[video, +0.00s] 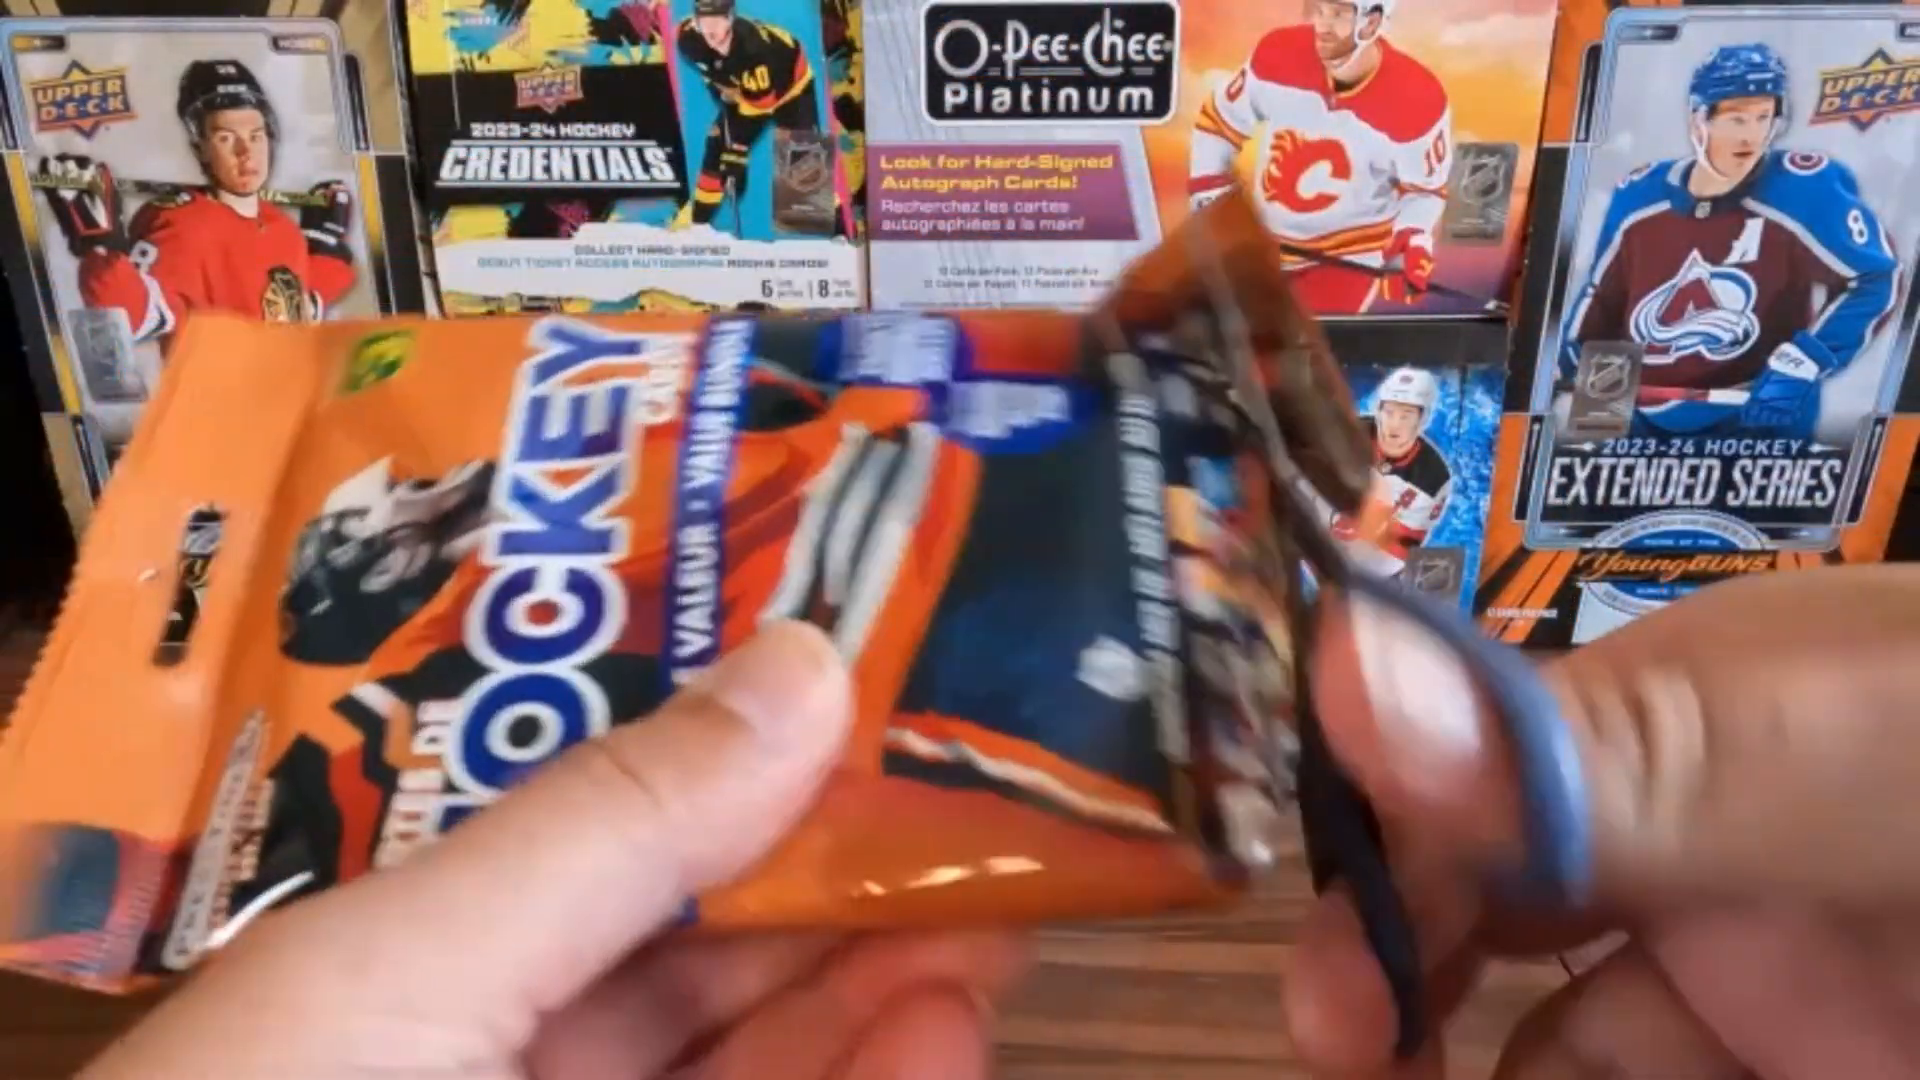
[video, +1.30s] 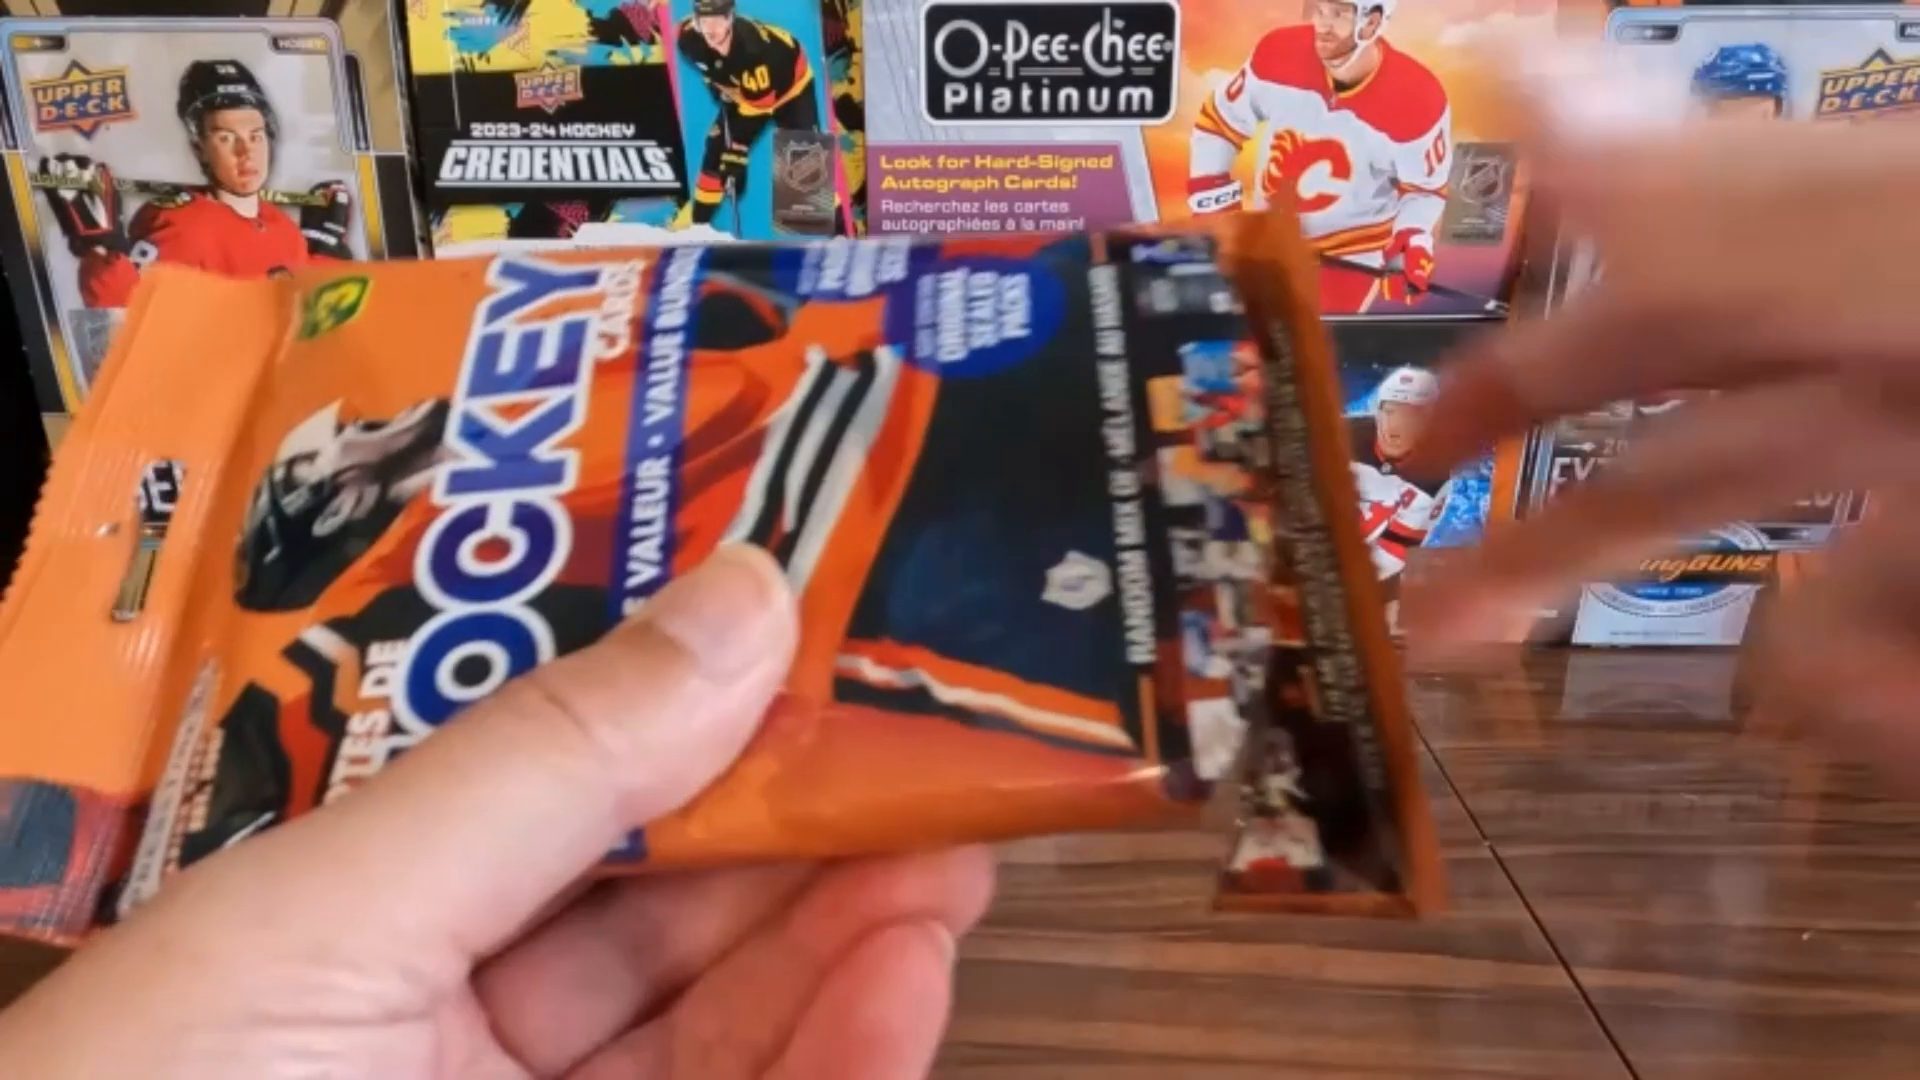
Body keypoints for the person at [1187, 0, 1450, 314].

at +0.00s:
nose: (1323, 26)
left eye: (1339, 14)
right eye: (1318, 11)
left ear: (1373, 22)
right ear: (1309, 11)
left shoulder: (1417, 96)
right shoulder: (1276, 56)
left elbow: (1424, 191)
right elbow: (1216, 125)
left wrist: (1413, 248)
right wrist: (1214, 209)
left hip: (1350, 263)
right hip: (1262, 250)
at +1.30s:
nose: (1322, 26)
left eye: (1339, 14)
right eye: (1317, 11)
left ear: (1373, 23)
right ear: (1308, 10)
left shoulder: (1417, 96)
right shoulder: (1277, 55)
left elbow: (1424, 190)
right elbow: (1216, 126)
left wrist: (1413, 250)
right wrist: (1217, 217)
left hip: (1354, 260)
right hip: (1270, 245)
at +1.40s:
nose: (1324, 26)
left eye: (1339, 14)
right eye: (1319, 11)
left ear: (1372, 21)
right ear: (1309, 11)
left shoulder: (1419, 98)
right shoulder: (1277, 53)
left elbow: (1424, 200)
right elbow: (1217, 125)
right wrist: (1204, 207)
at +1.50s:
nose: (1323, 26)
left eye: (1339, 14)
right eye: (1317, 11)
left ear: (1373, 23)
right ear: (1308, 11)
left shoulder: (1417, 95)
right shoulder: (1277, 56)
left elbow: (1423, 191)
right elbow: (1216, 125)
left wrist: (1415, 250)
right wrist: (1214, 203)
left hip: (1348, 261)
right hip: (1262, 248)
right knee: (1214, 362)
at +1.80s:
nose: (1323, 26)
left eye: (1339, 14)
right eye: (1318, 11)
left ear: (1373, 22)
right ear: (1309, 11)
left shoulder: (1417, 96)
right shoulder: (1277, 55)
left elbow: (1423, 190)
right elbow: (1216, 124)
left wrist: (1415, 249)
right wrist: (1213, 202)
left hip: (1347, 261)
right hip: (1261, 248)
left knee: (1288, 365)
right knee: (1222, 357)